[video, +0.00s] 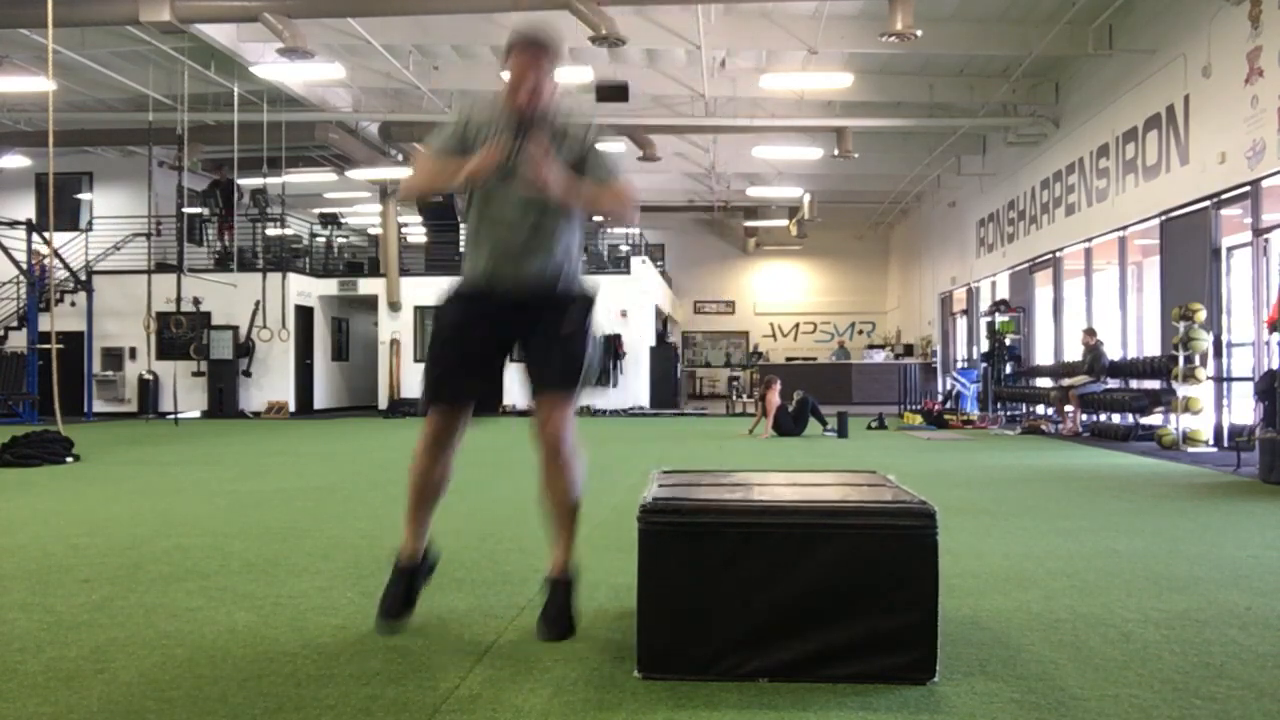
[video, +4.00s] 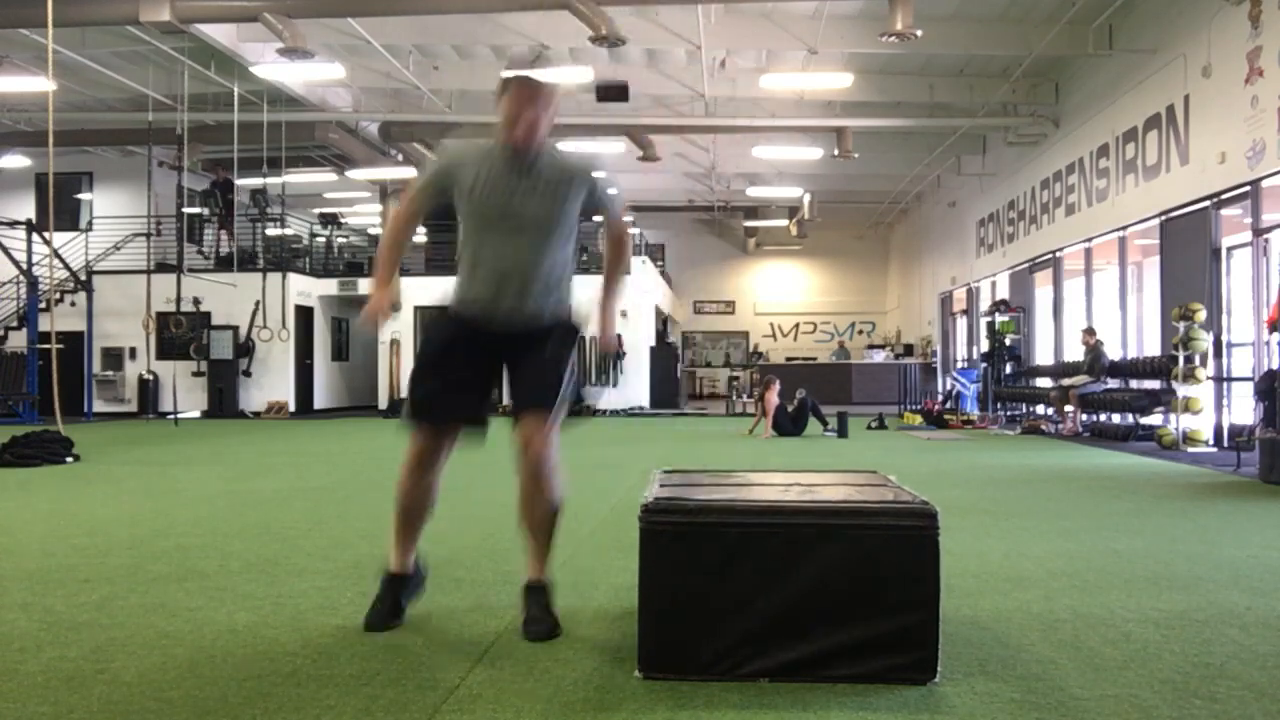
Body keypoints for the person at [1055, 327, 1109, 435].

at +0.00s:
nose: (1082, 340)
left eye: (1085, 337)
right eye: (1083, 337)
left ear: (1092, 339)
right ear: (1089, 338)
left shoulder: (1099, 353)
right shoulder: (1087, 351)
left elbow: (1096, 377)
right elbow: (1084, 370)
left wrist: (1075, 381)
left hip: (1099, 382)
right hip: (1086, 380)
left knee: (1073, 393)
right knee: (1057, 395)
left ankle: (1076, 426)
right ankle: (1066, 425)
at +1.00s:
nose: (1082, 340)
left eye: (1085, 337)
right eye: (1083, 337)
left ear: (1092, 338)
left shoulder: (1099, 353)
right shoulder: (1087, 351)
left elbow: (1098, 376)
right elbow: (1084, 370)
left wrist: (1079, 379)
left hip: (1099, 382)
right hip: (1086, 380)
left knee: (1074, 393)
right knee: (1057, 395)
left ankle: (1076, 426)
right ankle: (1066, 425)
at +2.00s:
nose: (1082, 339)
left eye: (1084, 337)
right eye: (1082, 336)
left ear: (1092, 337)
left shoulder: (1099, 353)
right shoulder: (1087, 351)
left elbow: (1097, 377)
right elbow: (1085, 371)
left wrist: (1074, 381)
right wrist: (1071, 380)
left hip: (1099, 382)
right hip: (1086, 379)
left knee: (1074, 393)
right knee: (1055, 395)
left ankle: (1076, 426)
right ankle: (1066, 425)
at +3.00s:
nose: (1081, 340)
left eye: (1084, 337)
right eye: (1081, 337)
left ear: (1091, 338)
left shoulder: (1099, 353)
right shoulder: (1087, 351)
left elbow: (1096, 376)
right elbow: (1085, 371)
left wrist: (1074, 381)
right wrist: (1071, 380)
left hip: (1099, 382)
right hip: (1087, 379)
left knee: (1074, 393)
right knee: (1055, 395)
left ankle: (1076, 426)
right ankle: (1066, 425)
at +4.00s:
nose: (1082, 340)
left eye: (1084, 337)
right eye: (1082, 336)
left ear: (1092, 338)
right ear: (1087, 338)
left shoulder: (1099, 353)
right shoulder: (1088, 351)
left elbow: (1095, 377)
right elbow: (1085, 372)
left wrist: (1073, 381)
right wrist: (1071, 380)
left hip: (1099, 382)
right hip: (1087, 379)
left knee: (1074, 393)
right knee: (1054, 395)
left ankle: (1076, 426)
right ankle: (1066, 424)